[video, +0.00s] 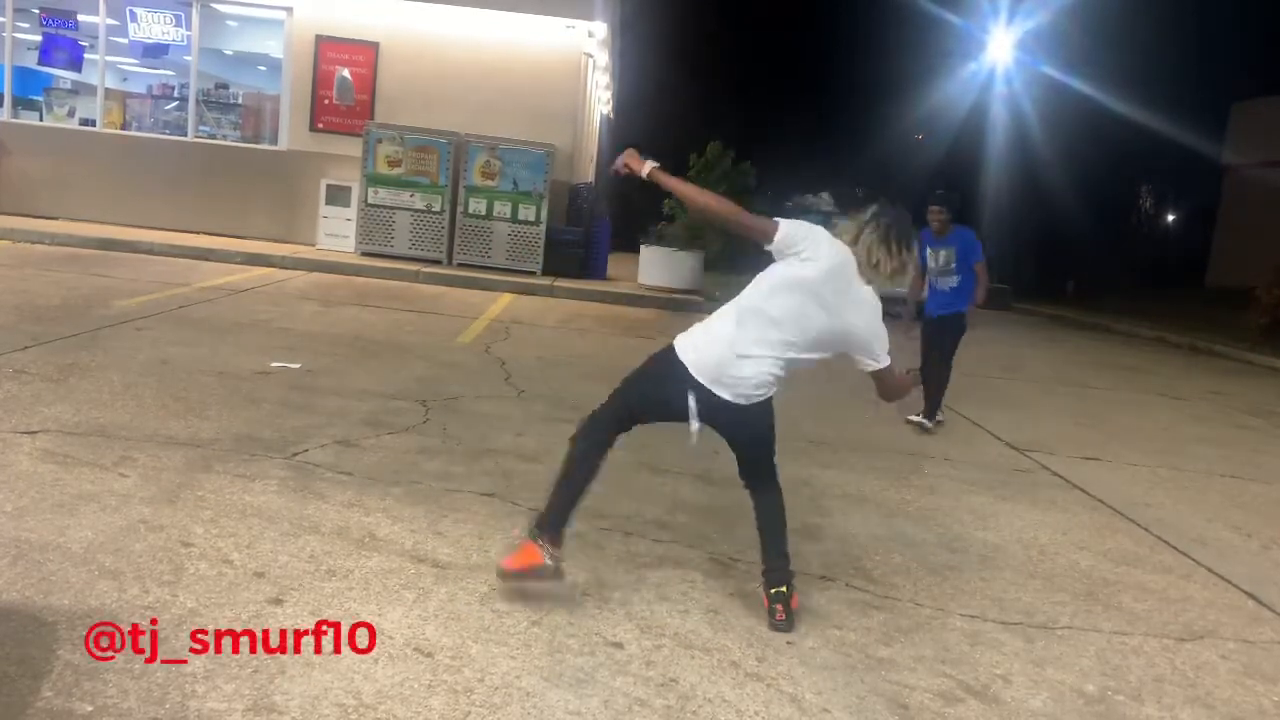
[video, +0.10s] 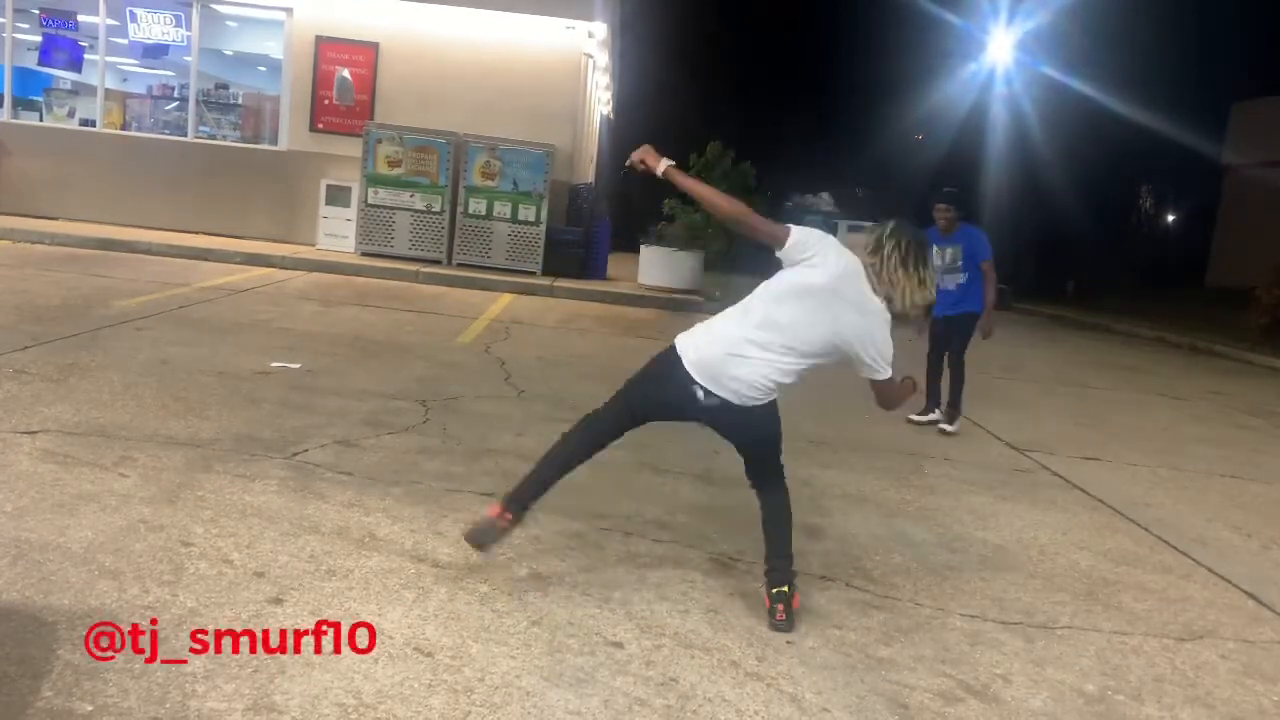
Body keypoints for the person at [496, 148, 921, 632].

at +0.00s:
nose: (897, 274)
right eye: (899, 265)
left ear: (856, 229)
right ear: (895, 263)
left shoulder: (814, 241)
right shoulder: (866, 315)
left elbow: (729, 214)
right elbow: (890, 390)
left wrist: (651, 171)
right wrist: (913, 378)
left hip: (686, 365)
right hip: (745, 401)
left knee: (602, 426)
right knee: (762, 482)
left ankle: (544, 540)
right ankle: (778, 589)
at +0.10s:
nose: (911, 302)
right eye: (914, 292)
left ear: (875, 249)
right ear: (902, 283)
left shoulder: (826, 250)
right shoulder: (873, 323)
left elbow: (746, 219)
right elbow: (887, 398)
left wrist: (668, 171)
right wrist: (910, 389)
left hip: (684, 366)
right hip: (746, 403)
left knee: (601, 425)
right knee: (771, 487)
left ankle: (509, 509)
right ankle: (781, 592)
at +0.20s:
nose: (911, 308)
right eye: (913, 298)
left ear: (879, 253)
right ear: (905, 287)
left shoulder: (827, 255)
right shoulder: (876, 329)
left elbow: (747, 221)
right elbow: (893, 408)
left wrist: (673, 174)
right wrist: (911, 395)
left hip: (685, 367)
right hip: (748, 408)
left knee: (601, 416)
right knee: (767, 486)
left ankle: (501, 498)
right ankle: (779, 595)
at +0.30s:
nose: (904, 308)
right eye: (908, 298)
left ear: (872, 255)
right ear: (899, 287)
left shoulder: (821, 253)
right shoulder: (873, 328)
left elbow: (739, 218)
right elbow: (898, 410)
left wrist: (669, 175)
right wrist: (929, 410)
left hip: (683, 368)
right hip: (747, 408)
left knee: (603, 413)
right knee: (766, 487)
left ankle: (519, 498)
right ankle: (780, 598)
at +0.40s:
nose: (907, 302)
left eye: (910, 292)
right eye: (908, 291)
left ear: (868, 251)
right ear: (893, 278)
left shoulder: (813, 250)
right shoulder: (867, 324)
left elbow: (733, 218)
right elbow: (899, 409)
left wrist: (663, 176)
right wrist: (933, 412)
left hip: (680, 370)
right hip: (744, 407)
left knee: (601, 426)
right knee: (769, 485)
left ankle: (510, 515)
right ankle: (780, 597)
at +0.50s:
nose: (886, 292)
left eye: (890, 283)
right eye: (888, 282)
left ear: (850, 249)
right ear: (873, 270)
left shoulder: (794, 250)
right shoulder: (852, 323)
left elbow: (717, 225)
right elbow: (895, 405)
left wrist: (644, 186)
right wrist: (933, 411)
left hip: (667, 383)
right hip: (730, 416)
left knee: (599, 461)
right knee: (754, 488)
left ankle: (513, 542)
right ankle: (776, 596)